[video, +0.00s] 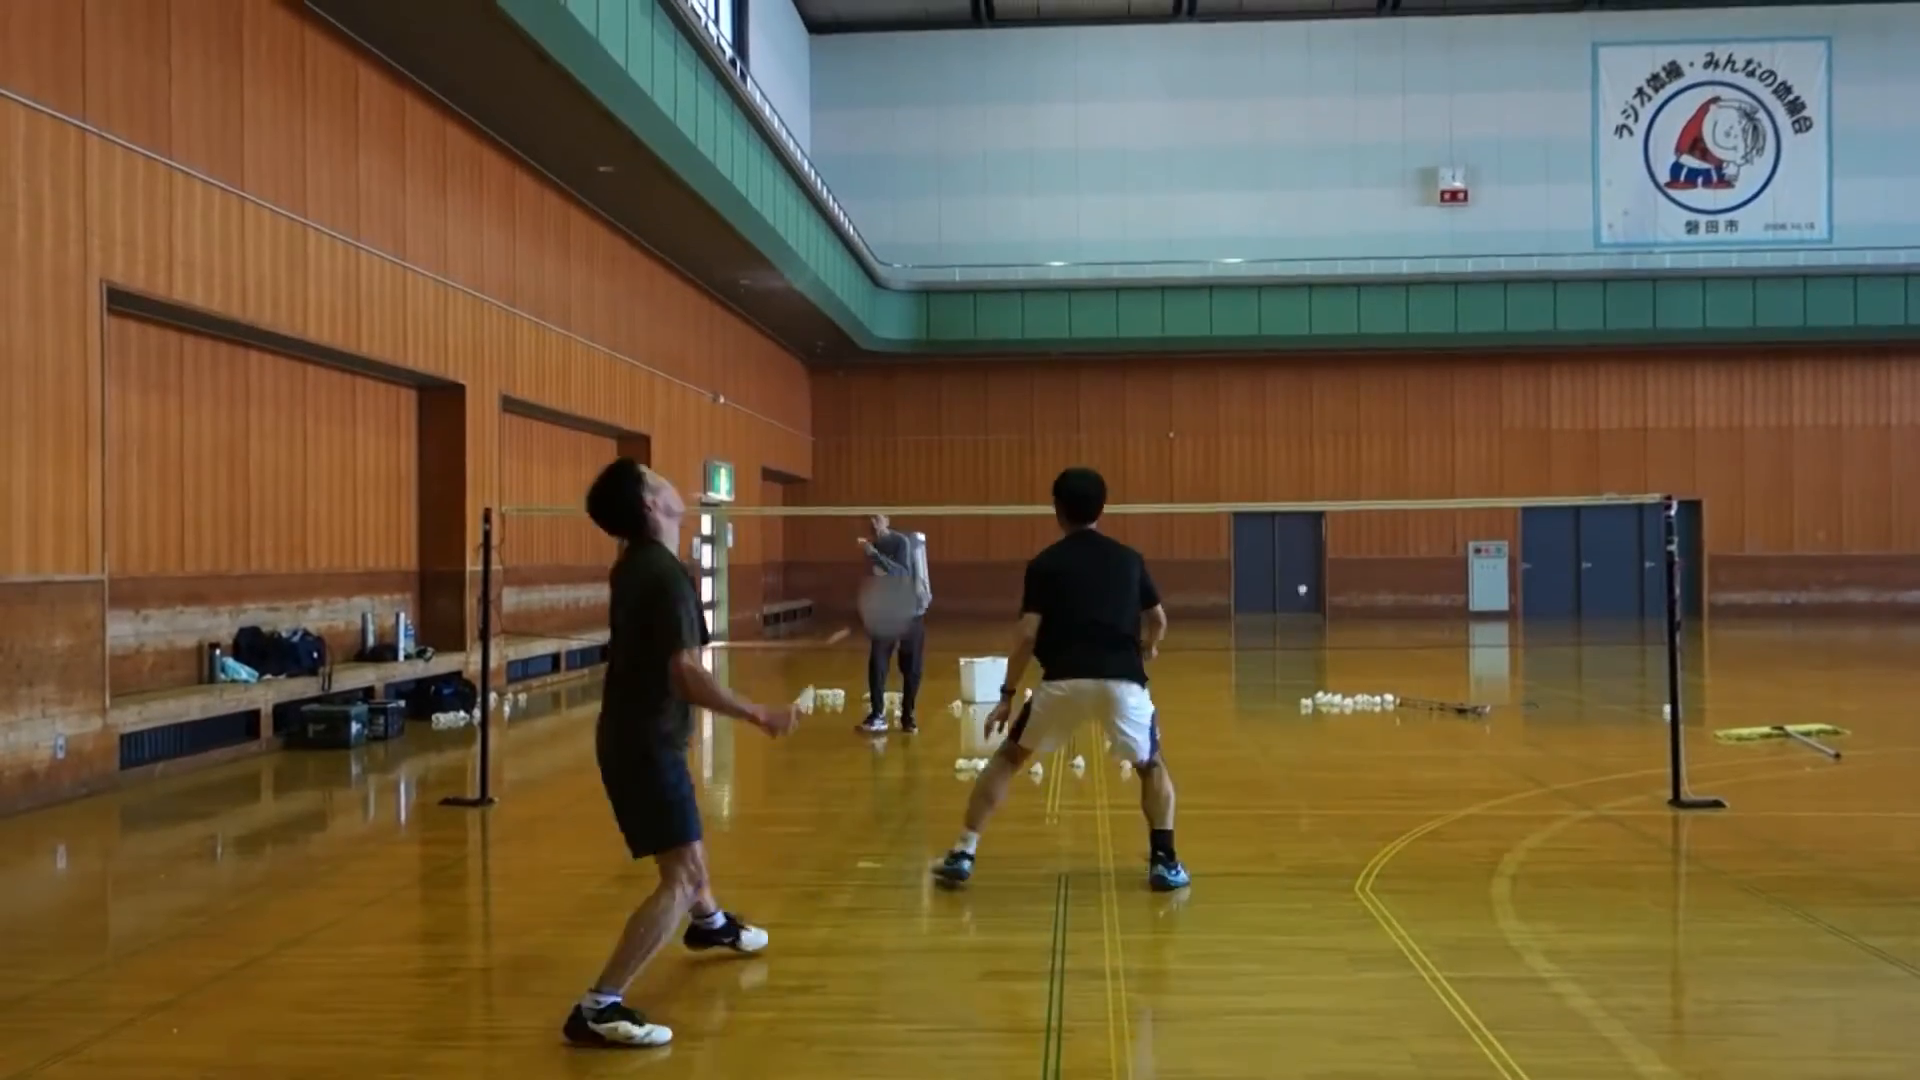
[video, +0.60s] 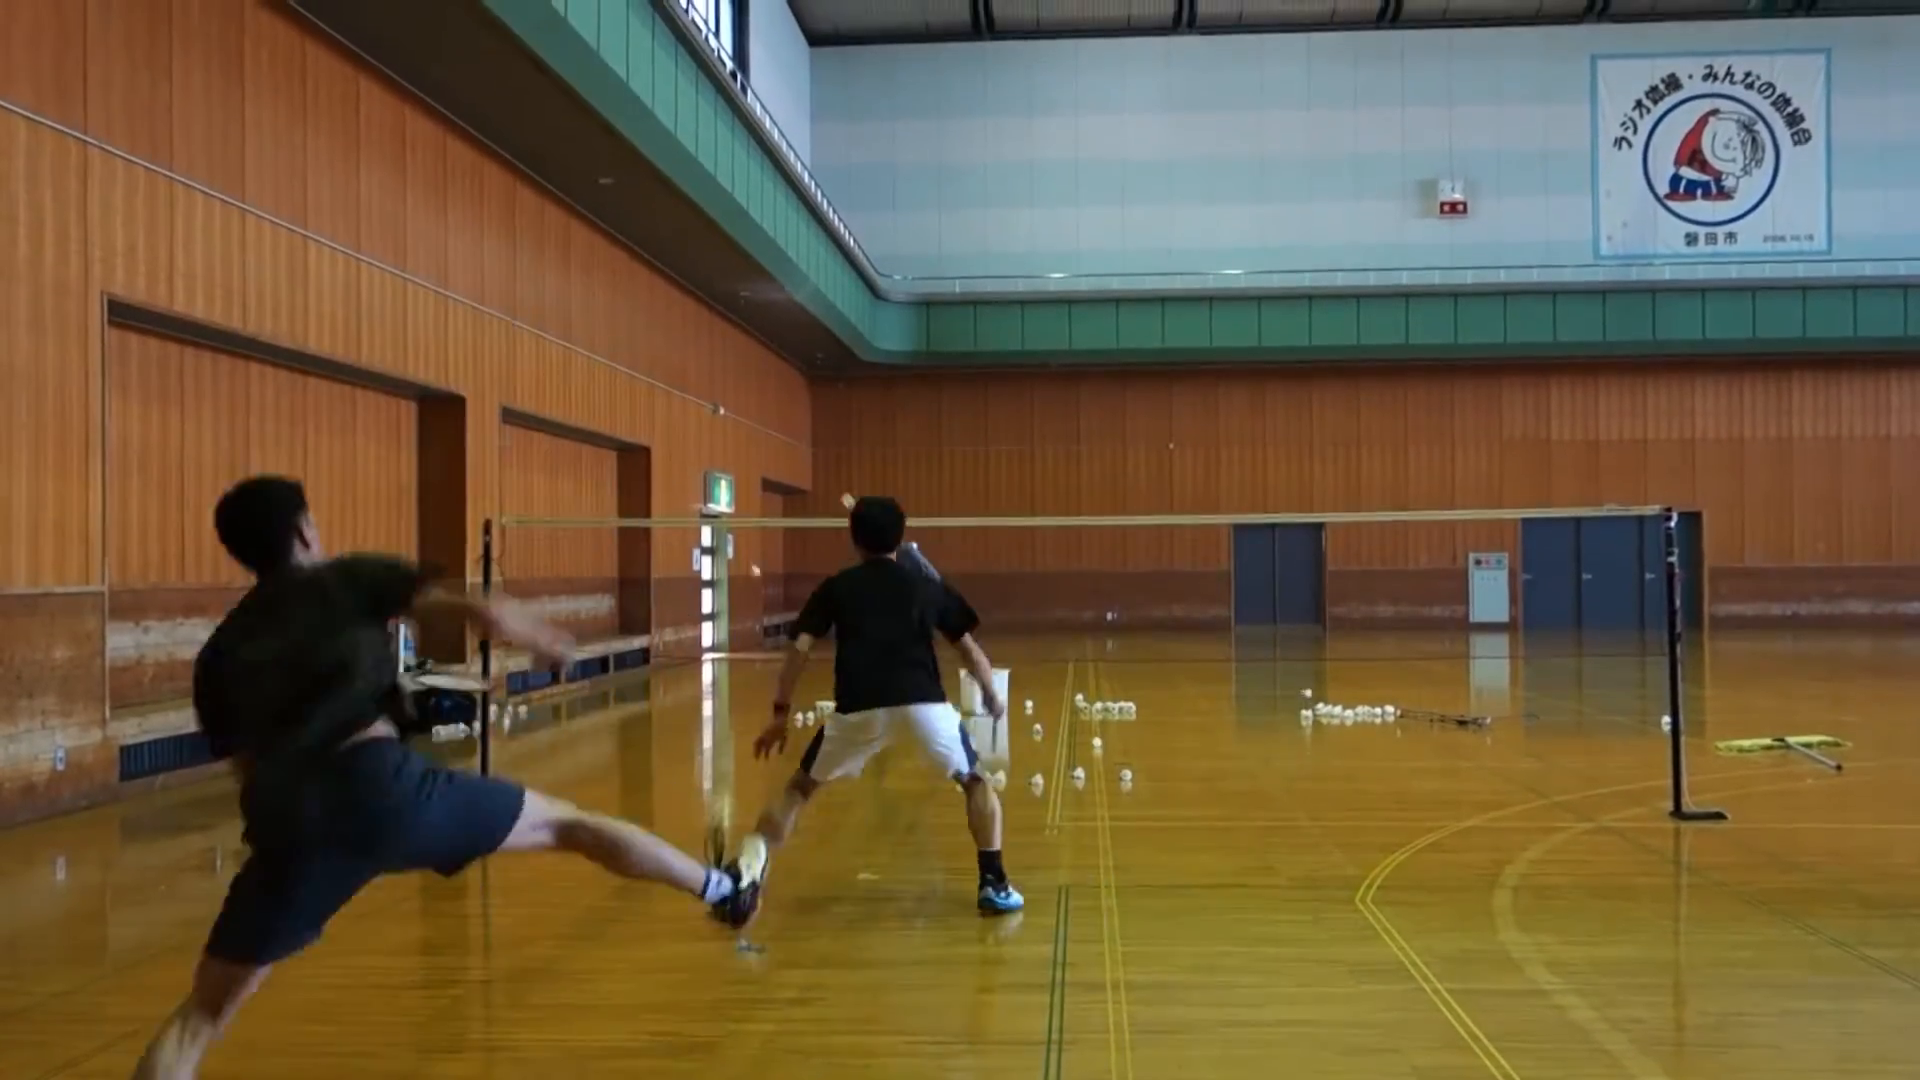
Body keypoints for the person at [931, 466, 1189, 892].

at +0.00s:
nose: (1059, 509)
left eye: (1057, 503)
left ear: (1058, 508)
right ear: (1102, 509)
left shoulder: (1044, 564)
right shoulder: (1128, 559)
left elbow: (1027, 634)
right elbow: (1155, 619)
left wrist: (1007, 694)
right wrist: (1141, 658)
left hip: (1063, 680)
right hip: (1122, 680)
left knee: (1008, 759)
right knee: (1152, 766)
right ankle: (1164, 862)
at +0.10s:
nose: (1029, 528)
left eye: (1026, 521)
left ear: (1024, 528)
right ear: (1068, 528)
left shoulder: (1009, 587)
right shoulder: (1097, 583)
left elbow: (982, 658)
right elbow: (1134, 640)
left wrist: (961, 711)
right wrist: (1129, 654)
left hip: (1026, 708)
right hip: (1088, 707)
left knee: (961, 779)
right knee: (1135, 774)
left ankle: (903, 862)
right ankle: (1164, 867)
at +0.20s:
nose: (973, 531)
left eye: (972, 525)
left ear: (972, 533)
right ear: (1017, 533)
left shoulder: (954, 591)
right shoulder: (1044, 590)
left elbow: (922, 660)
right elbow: (1087, 645)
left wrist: (906, 713)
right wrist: (1110, 667)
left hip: (975, 719)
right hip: (1039, 718)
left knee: (907, 796)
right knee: (1098, 789)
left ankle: (876, 892)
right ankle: (1159, 870)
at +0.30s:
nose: (922, 525)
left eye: (923, 519)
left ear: (924, 525)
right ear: (970, 525)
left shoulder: (904, 582)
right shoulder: (996, 577)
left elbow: (872, 639)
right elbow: (1043, 627)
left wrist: (859, 680)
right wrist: (1078, 658)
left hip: (932, 712)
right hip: (999, 705)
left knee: (881, 794)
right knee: (1054, 780)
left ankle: (868, 893)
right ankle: (1108, 868)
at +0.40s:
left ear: (898, 509)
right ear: (943, 506)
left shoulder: (880, 565)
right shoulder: (969, 555)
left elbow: (839, 622)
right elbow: (1025, 603)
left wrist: (821, 663)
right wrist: (1051, 635)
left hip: (908, 682)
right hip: (970, 673)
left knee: (866, 772)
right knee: (1014, 756)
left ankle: (852, 869)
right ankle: (1038, 855)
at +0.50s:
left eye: (882, 505)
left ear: (877, 511)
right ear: (923, 510)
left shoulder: (860, 563)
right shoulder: (949, 556)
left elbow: (812, 622)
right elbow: (1002, 602)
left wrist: (792, 667)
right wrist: (1030, 651)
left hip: (881, 684)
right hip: (946, 679)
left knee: (834, 770)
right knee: (992, 755)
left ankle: (804, 865)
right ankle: (1005, 846)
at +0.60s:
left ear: (853, 538)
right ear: (899, 538)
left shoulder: (837, 587)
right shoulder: (922, 584)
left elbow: (798, 650)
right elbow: (964, 644)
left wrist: (779, 716)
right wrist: (990, 692)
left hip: (858, 707)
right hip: (923, 702)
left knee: (799, 789)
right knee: (975, 782)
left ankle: (745, 874)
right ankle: (993, 882)